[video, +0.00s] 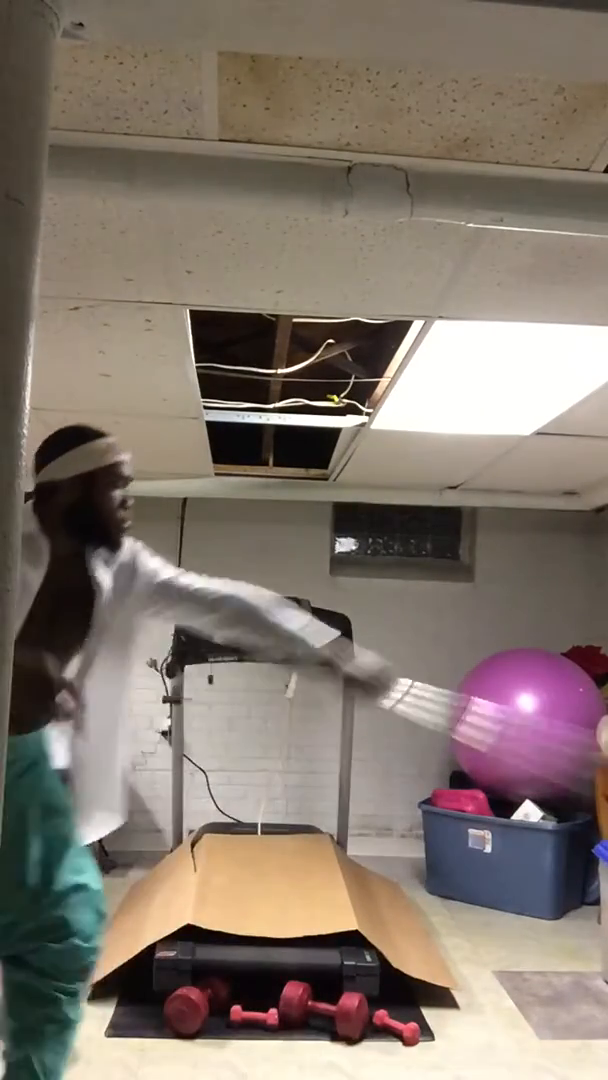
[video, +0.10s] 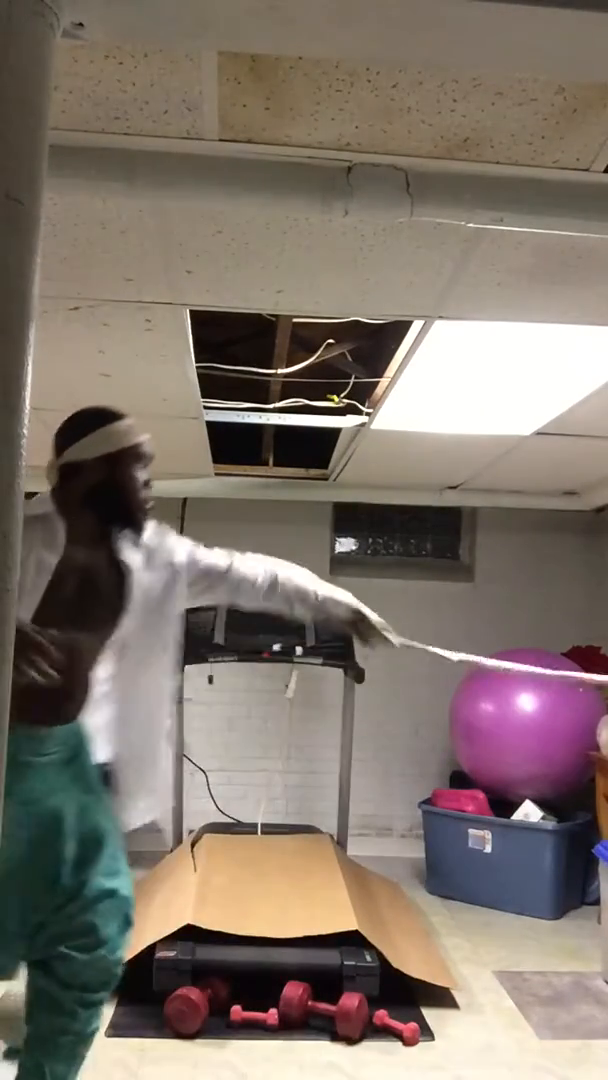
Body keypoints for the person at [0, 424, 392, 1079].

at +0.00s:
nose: (128, 498)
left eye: (128, 484)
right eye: (113, 485)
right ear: (61, 494)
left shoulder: (122, 568)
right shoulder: (15, 559)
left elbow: (225, 604)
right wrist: (21, 667)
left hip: (49, 780)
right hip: (12, 775)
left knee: (61, 935)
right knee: (46, 935)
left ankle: (32, 1067)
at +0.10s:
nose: (148, 481)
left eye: (147, 468)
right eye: (134, 469)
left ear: (137, 470)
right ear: (89, 478)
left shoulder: (156, 551)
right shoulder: (32, 539)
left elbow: (246, 574)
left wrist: (340, 607)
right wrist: (13, 639)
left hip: (86, 773)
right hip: (21, 766)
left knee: (89, 950)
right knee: (10, 941)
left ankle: (45, 1066)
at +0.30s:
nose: (192, 456)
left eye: (190, 442)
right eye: (179, 443)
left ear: (142, 453)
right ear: (139, 454)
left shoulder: (180, 543)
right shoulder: (71, 521)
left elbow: (238, 582)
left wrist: (239, 593)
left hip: (129, 740)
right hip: (64, 735)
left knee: (116, 946)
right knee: (61, 951)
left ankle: (49, 1071)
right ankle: (8, 1058)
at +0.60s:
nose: (236, 469)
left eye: (233, 459)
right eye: (236, 459)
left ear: (168, 454)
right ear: (227, 460)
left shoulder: (138, 512)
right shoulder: (210, 526)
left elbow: (74, 564)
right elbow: (237, 652)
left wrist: (34, 588)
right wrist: (342, 739)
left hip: (88, 758)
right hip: (153, 764)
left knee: (81, 960)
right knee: (217, 963)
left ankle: (52, 1067)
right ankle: (228, 1066)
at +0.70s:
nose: (190, 470)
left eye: (186, 459)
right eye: (259, 462)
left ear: (183, 459)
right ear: (253, 465)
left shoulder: (136, 524)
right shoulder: (276, 538)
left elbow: (41, 589)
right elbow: (332, 648)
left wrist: (13, 593)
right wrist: (409, 723)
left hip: (111, 789)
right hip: (208, 792)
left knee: (84, 997)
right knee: (260, 998)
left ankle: (55, 1074)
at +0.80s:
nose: (189, 467)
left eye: (194, 454)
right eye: (193, 453)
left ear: (208, 460)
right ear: (271, 463)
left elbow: (78, 625)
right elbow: (367, 653)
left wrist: (29, 642)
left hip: (150, 811)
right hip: (265, 812)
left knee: (95, 1014)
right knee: (292, 1036)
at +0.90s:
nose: (209, 457)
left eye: (221, 445)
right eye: (214, 443)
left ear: (253, 455)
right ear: (285, 459)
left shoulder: (205, 532)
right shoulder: (344, 527)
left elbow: (170, 650)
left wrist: (100, 656)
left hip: (198, 794)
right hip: (304, 794)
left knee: (124, 971)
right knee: (314, 987)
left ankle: (108, 1069)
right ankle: (319, 1071)